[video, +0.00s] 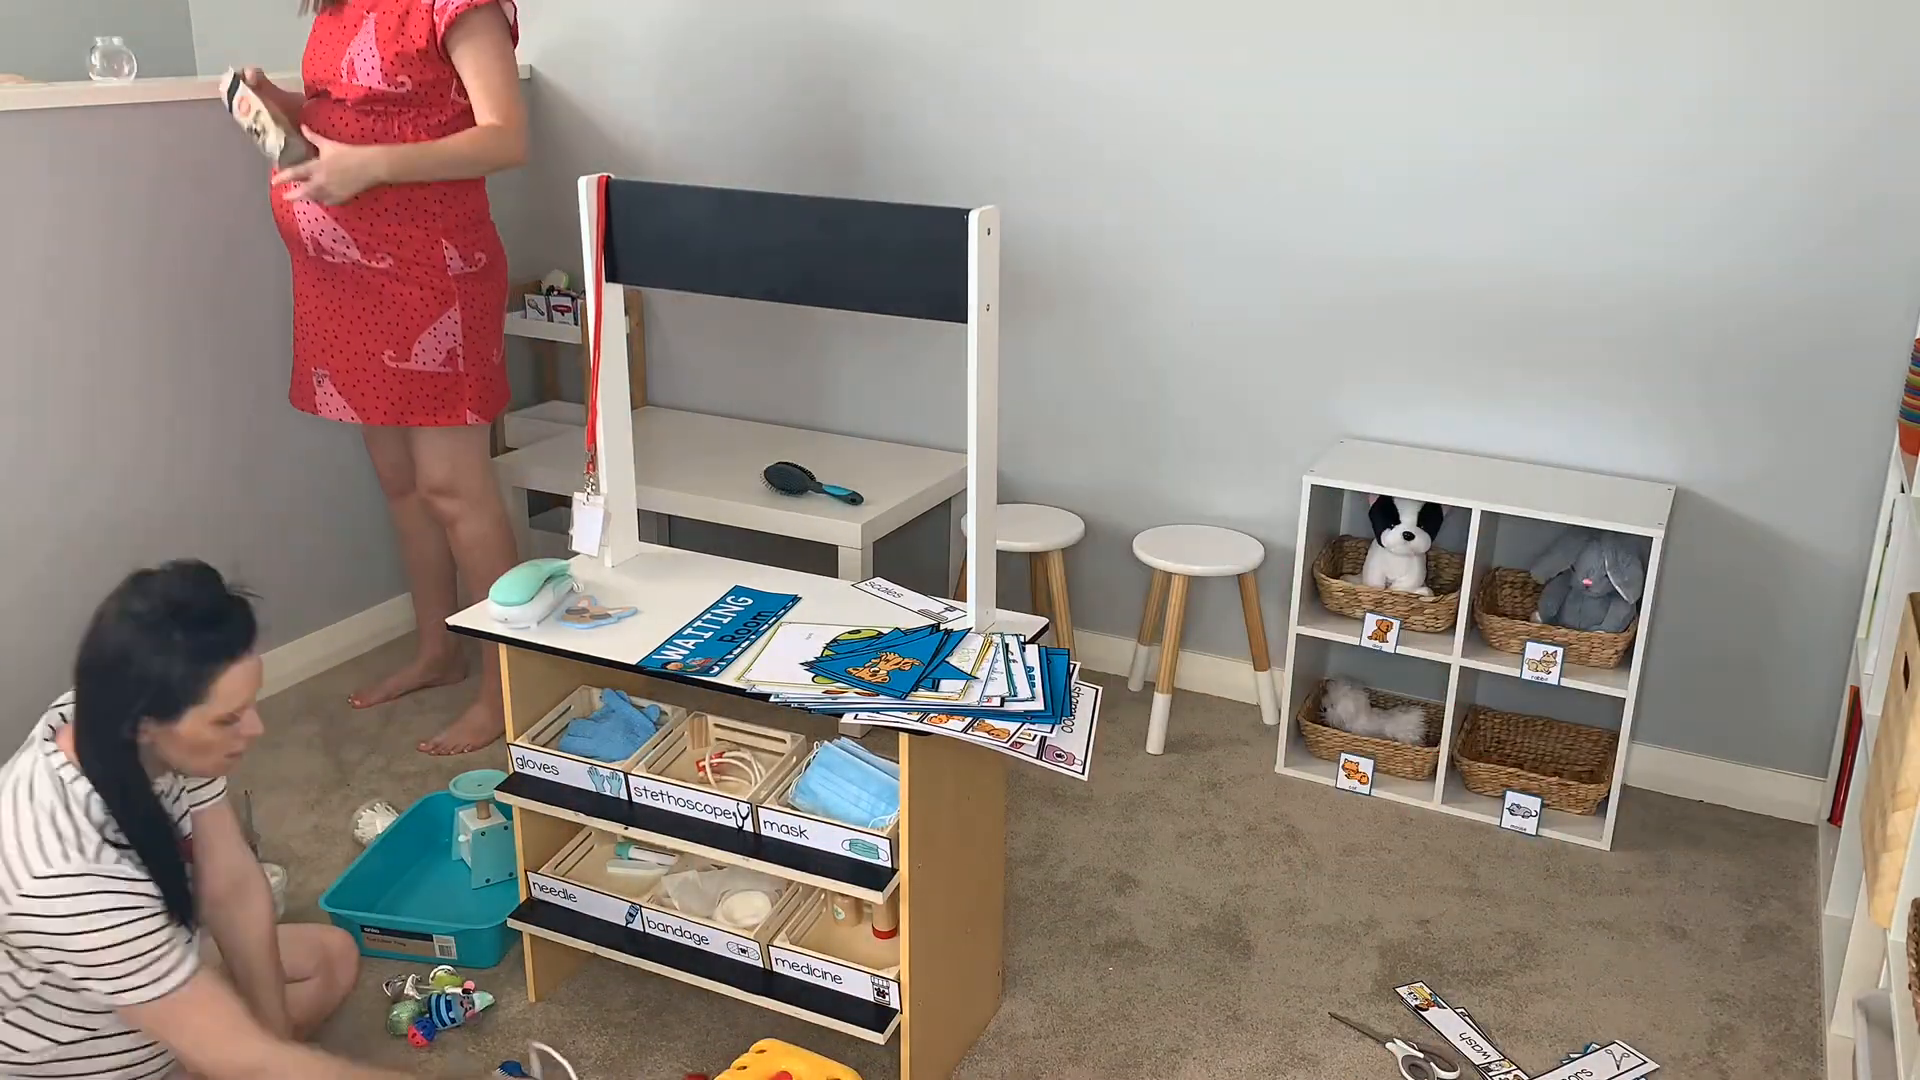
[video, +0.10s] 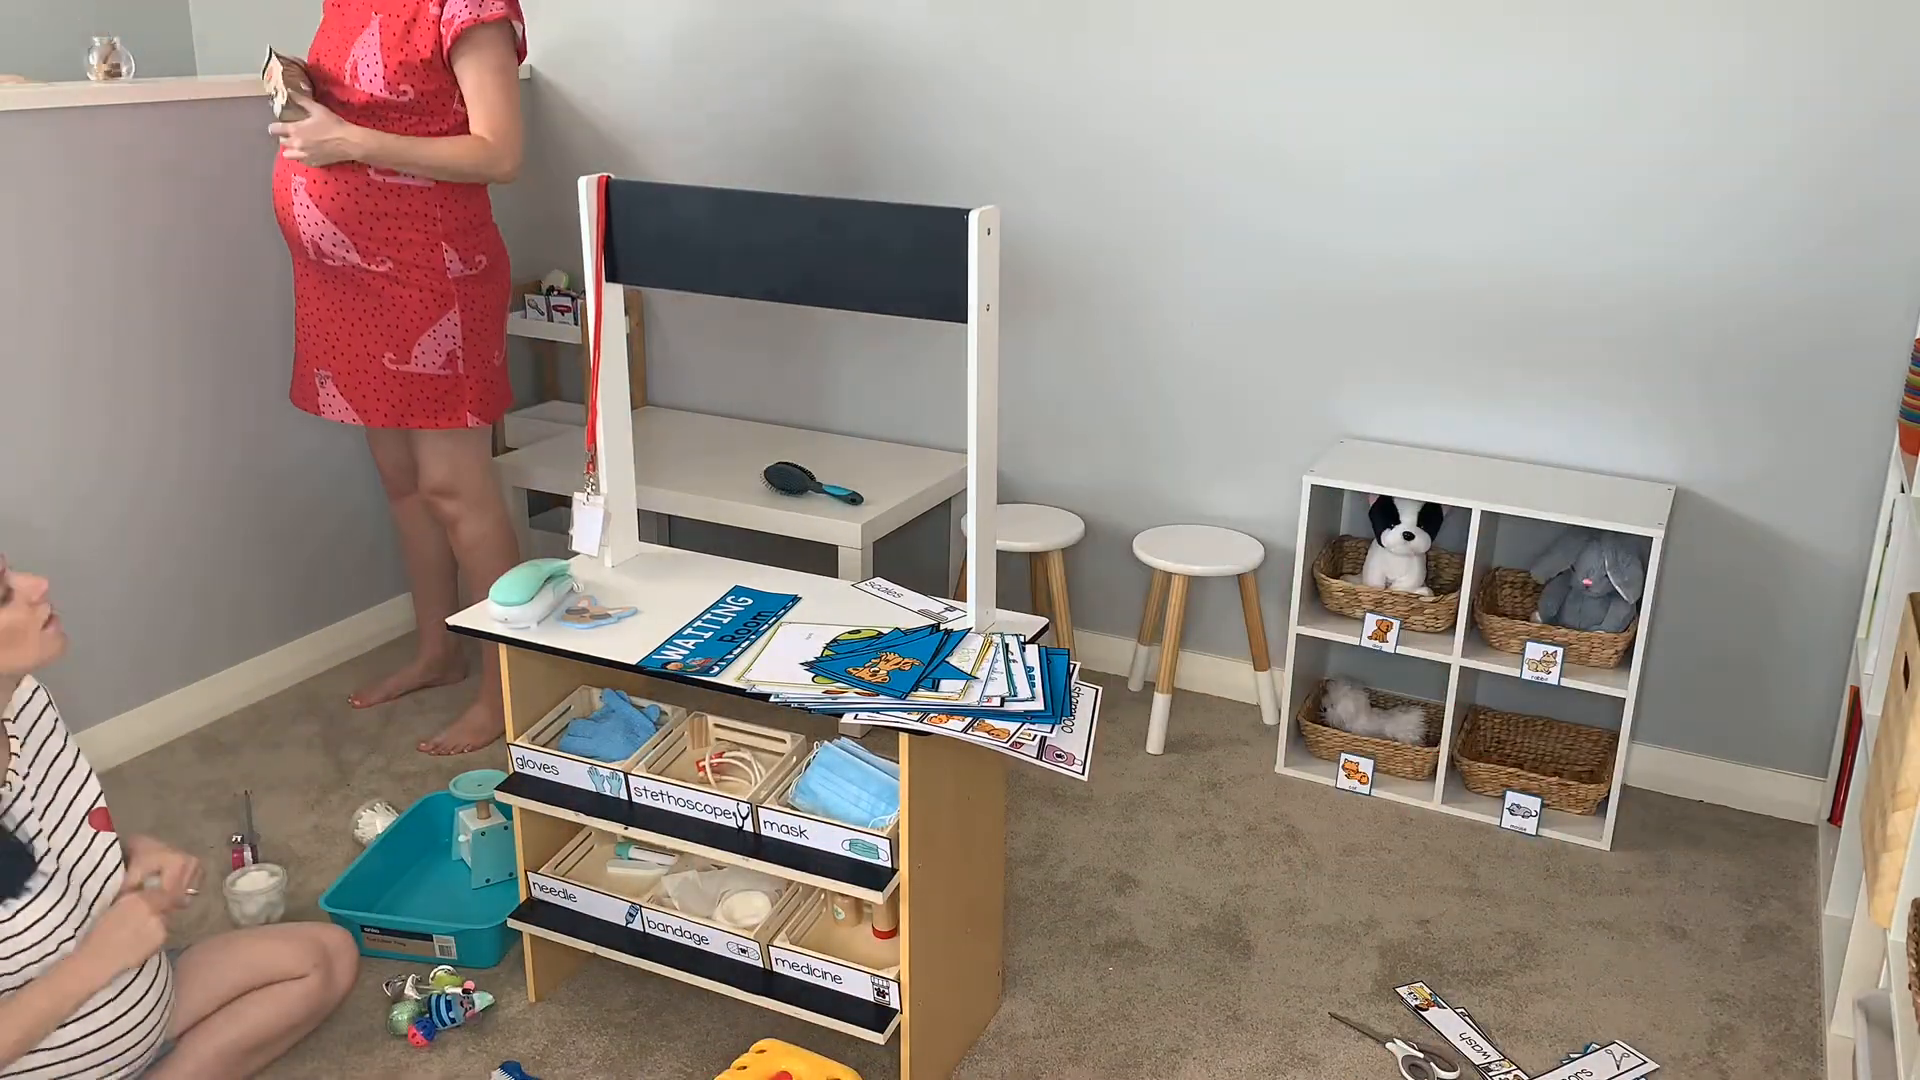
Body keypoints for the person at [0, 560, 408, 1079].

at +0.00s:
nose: (256, 731)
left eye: (252, 705)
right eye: (228, 720)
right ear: (144, 724)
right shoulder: (70, 872)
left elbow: (233, 890)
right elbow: (237, 1056)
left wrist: (273, 1042)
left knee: (330, 955)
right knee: (332, 958)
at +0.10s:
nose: (38, 585)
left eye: (14, 572)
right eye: (5, 593)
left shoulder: (24, 700)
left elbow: (55, 842)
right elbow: (8, 1043)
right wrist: (92, 962)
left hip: (144, 996)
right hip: (58, 1067)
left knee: (328, 954)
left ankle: (162, 1073)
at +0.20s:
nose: (56, 680)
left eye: (58, 653)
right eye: (29, 663)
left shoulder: (21, 749)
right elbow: (6, 1038)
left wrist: (130, 887)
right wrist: (128, 938)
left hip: (138, 998)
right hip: (55, 1067)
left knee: (328, 952)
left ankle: (161, 1072)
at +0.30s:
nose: (97, 651)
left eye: (92, 638)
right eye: (89, 641)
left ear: (28, 662)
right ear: (34, 661)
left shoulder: (20, 763)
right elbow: (15, 1049)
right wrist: (199, 914)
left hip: (123, 992)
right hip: (79, 1065)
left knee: (326, 952)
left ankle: (158, 1069)